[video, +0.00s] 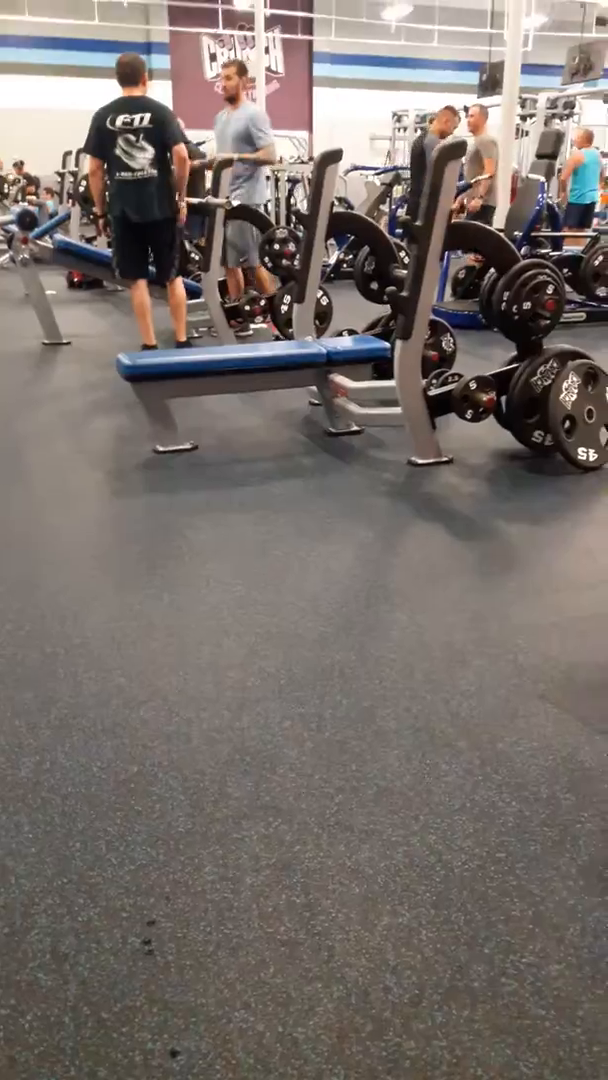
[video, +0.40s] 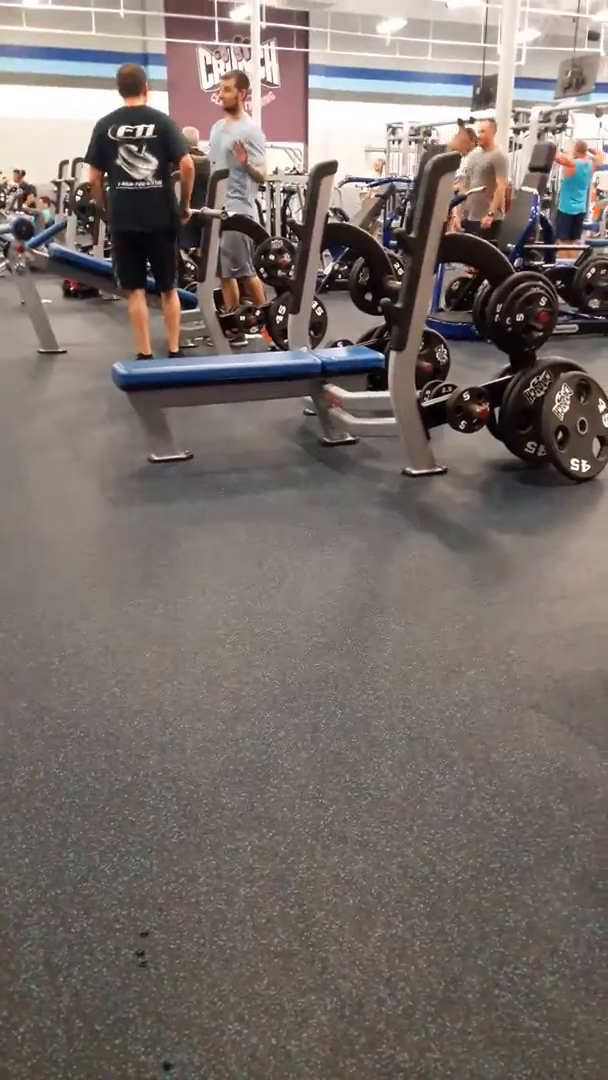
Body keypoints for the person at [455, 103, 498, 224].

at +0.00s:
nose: (468, 120)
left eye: (472, 116)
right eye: (468, 116)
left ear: (483, 118)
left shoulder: (486, 141)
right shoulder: (475, 142)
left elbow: (489, 171)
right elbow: (474, 178)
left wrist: (479, 197)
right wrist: (462, 197)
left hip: (484, 202)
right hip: (475, 201)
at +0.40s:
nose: (478, 136)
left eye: (482, 131)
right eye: (477, 132)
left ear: (493, 133)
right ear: (474, 132)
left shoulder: (498, 157)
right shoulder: (472, 155)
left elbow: (501, 186)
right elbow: (461, 185)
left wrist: (491, 213)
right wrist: (457, 213)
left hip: (488, 218)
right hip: (468, 216)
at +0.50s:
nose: (491, 139)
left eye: (495, 135)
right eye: (490, 134)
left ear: (502, 136)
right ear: (486, 135)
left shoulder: (507, 158)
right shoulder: (480, 158)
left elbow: (510, 189)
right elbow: (469, 187)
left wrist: (498, 216)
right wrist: (460, 213)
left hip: (493, 218)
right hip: (474, 216)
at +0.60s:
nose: (498, 142)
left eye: (502, 139)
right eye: (496, 138)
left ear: (509, 140)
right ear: (492, 137)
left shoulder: (514, 161)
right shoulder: (484, 157)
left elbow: (516, 192)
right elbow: (473, 187)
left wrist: (502, 218)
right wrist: (462, 214)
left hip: (500, 221)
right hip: (481, 218)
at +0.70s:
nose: (506, 147)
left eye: (510, 143)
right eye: (504, 143)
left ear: (515, 143)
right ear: (499, 140)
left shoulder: (521, 165)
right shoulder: (487, 161)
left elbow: (526, 192)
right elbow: (474, 190)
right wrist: (466, 216)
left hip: (511, 220)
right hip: (487, 216)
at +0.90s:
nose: (520, 149)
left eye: (523, 146)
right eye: (517, 145)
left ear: (527, 145)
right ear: (509, 142)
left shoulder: (530, 164)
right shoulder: (494, 162)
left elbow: (539, 193)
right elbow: (480, 191)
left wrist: (545, 218)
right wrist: (477, 218)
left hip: (519, 219)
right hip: (495, 217)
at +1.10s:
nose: (533, 149)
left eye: (536, 145)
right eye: (531, 145)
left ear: (539, 148)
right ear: (523, 144)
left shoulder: (537, 167)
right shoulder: (505, 166)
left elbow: (547, 193)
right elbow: (491, 194)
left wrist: (554, 219)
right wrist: (488, 219)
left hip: (529, 220)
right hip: (505, 220)